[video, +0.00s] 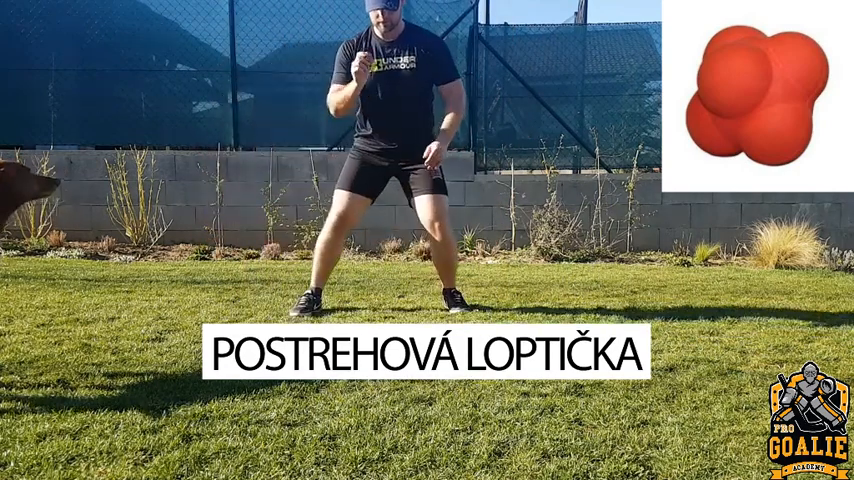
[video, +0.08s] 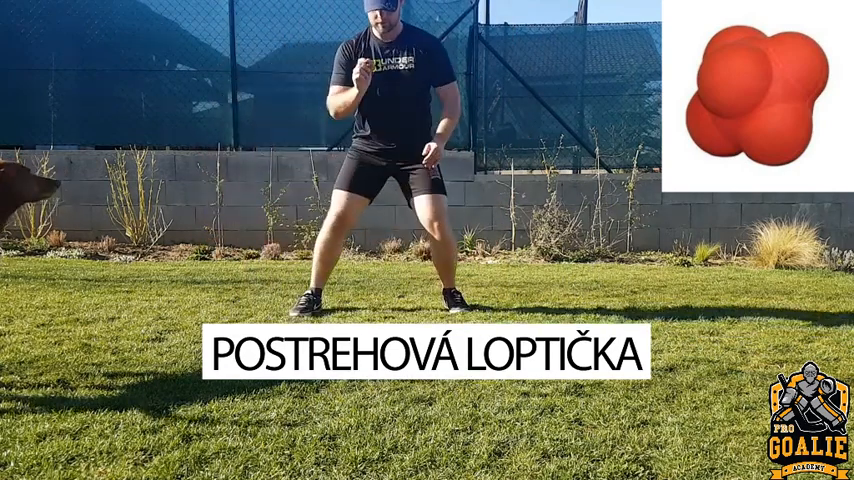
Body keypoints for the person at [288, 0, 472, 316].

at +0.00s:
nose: (382, 16)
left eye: (389, 9)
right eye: (376, 10)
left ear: (401, 6)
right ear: (367, 10)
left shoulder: (429, 45)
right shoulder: (351, 49)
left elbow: (456, 100)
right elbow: (336, 108)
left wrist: (442, 142)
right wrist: (357, 82)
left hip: (418, 149)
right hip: (369, 148)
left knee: (437, 227)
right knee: (338, 218)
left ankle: (451, 293)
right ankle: (313, 294)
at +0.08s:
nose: (381, 17)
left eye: (388, 9)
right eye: (374, 10)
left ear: (400, 6)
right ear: (366, 11)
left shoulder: (426, 46)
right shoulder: (350, 50)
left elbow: (452, 102)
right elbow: (336, 109)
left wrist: (439, 140)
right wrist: (359, 88)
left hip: (416, 150)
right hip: (368, 148)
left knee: (436, 226)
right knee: (337, 218)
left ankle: (451, 292)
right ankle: (313, 295)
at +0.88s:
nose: (321, 43)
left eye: (328, 34)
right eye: (314, 35)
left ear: (345, 31)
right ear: (307, 35)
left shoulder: (377, 70)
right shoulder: (301, 84)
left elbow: (407, 118)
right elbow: (282, 126)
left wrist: (399, 166)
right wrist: (259, 154)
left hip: (380, 162)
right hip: (331, 164)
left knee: (416, 228)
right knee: (297, 219)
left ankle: (449, 291)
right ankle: (277, 299)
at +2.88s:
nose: (369, 29)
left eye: (374, 22)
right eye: (365, 23)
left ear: (395, 12)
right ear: (360, 17)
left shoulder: (426, 51)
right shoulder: (351, 54)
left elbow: (448, 112)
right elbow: (339, 107)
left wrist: (426, 155)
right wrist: (320, 147)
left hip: (416, 150)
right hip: (367, 150)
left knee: (438, 223)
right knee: (340, 218)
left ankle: (452, 292)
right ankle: (317, 292)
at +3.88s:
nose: (382, 19)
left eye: (389, 13)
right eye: (375, 13)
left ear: (397, 12)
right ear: (365, 12)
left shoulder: (421, 51)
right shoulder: (343, 53)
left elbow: (439, 104)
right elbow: (327, 112)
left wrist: (431, 136)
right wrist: (320, 162)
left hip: (405, 151)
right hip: (357, 152)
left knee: (434, 219)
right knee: (333, 223)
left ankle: (452, 291)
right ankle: (317, 293)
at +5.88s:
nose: (388, 31)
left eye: (394, 24)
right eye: (383, 24)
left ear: (414, 15)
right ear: (377, 19)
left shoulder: (440, 57)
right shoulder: (362, 57)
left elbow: (459, 113)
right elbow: (345, 112)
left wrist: (447, 150)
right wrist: (326, 156)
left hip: (423, 156)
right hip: (374, 155)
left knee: (451, 220)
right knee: (344, 221)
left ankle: (472, 295)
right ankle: (327, 289)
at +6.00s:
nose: (345, 40)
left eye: (351, 34)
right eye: (343, 34)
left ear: (373, 26)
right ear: (342, 30)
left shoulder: (416, 64)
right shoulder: (338, 69)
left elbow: (443, 122)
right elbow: (328, 121)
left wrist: (423, 163)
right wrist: (307, 162)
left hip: (409, 162)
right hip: (360, 161)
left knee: (439, 225)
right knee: (327, 222)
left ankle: (470, 294)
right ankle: (310, 290)